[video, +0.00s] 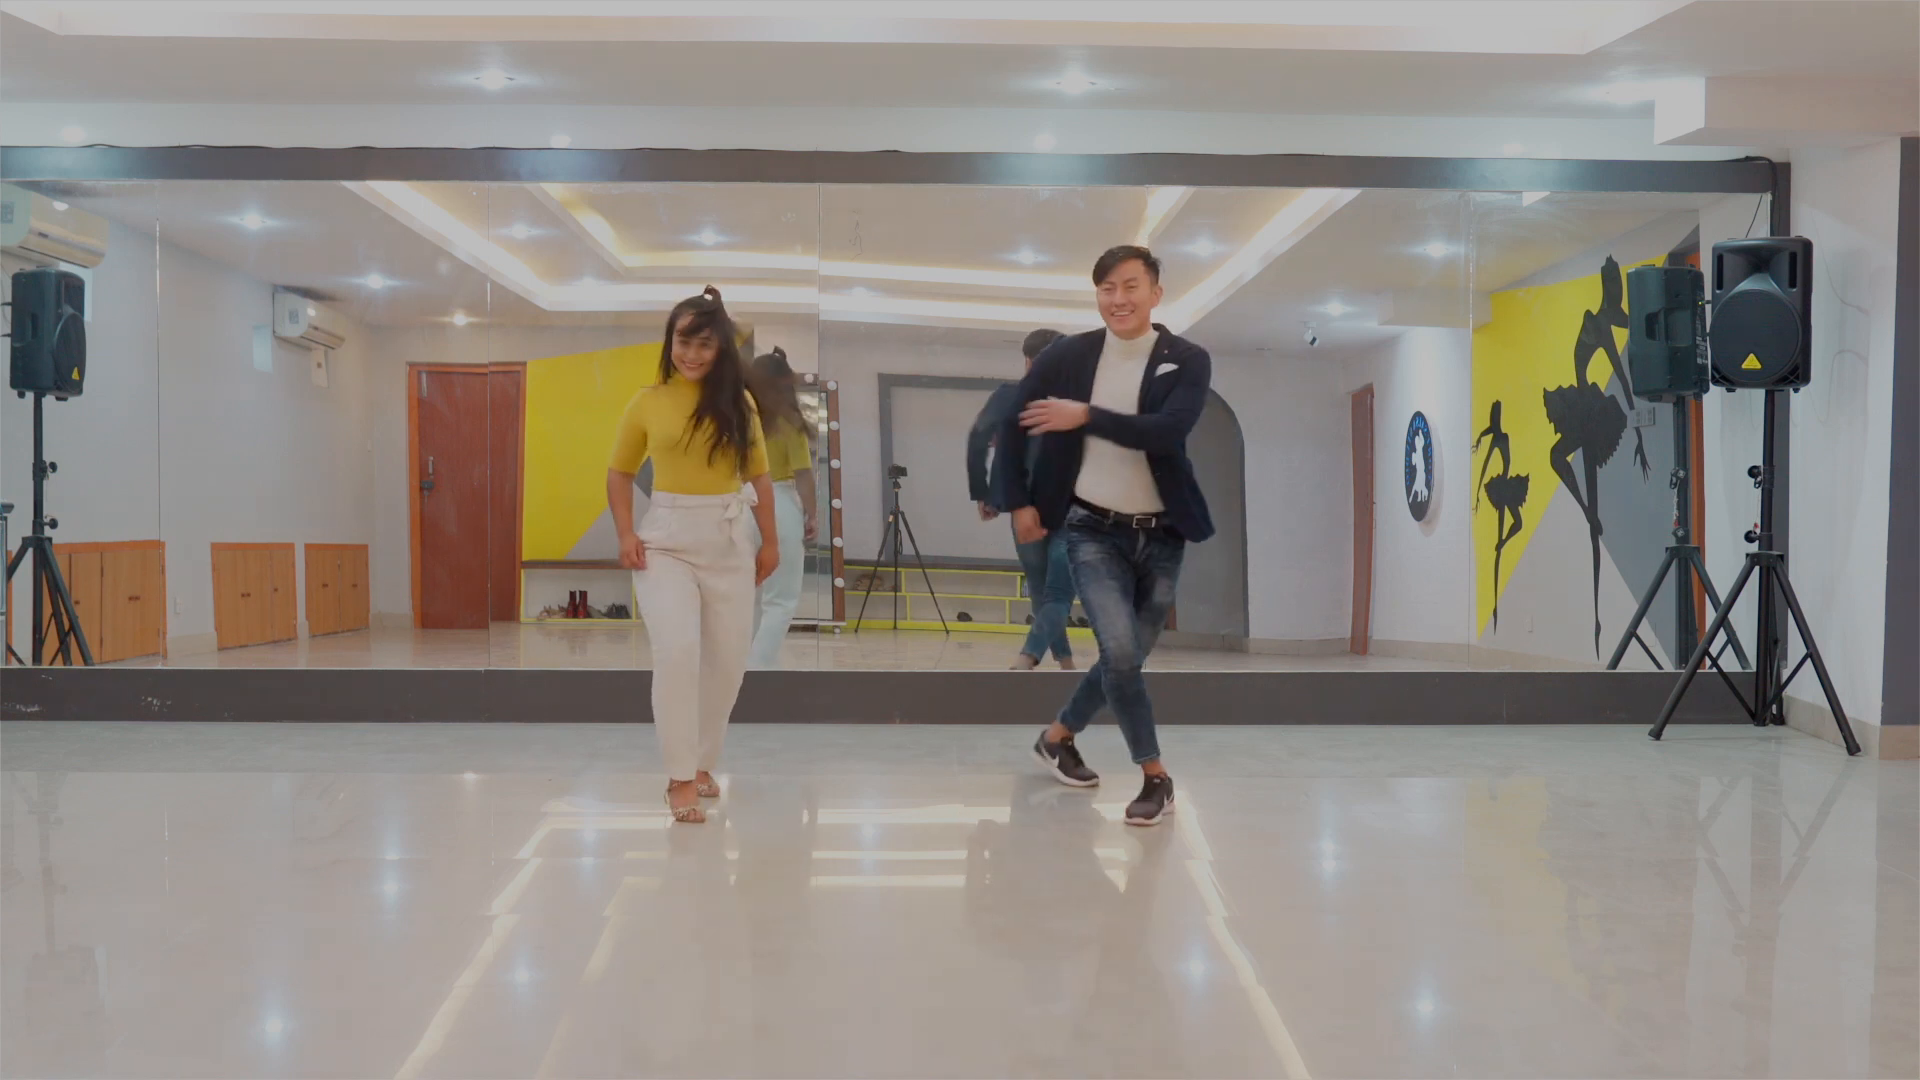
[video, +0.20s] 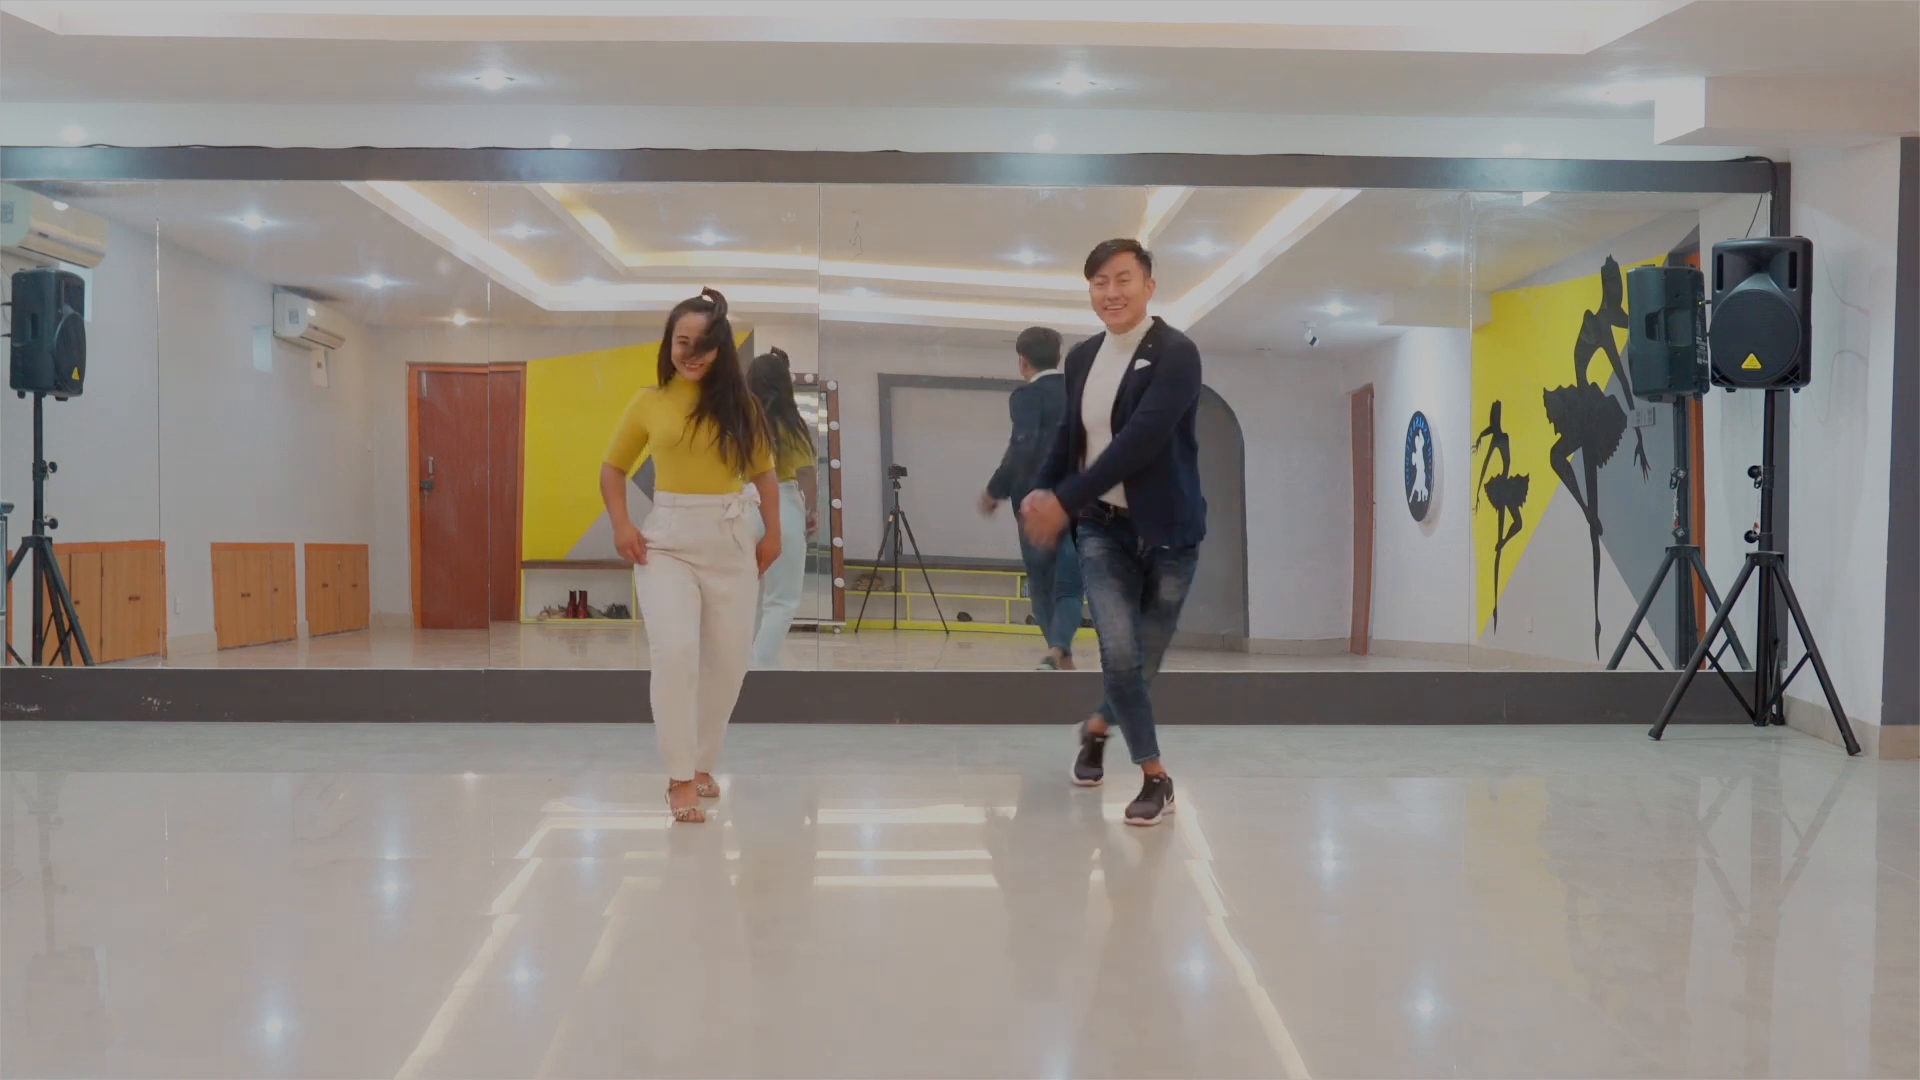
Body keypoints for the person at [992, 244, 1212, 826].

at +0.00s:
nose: (1119, 298)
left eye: (1131, 285)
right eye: (1109, 288)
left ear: (1157, 292)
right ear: (1096, 298)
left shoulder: (1187, 359)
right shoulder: (1065, 356)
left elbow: (1169, 431)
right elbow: (1010, 429)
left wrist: (1086, 416)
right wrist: (1019, 502)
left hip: (1161, 530)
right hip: (1091, 525)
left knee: (1129, 655)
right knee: (1119, 651)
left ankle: (1059, 734)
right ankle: (1155, 775)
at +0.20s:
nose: (1110, 292)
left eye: (1123, 279)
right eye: (1100, 282)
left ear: (1149, 286)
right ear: (1090, 291)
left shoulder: (1176, 352)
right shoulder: (1081, 357)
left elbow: (1142, 438)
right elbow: (1067, 435)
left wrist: (1065, 499)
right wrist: (1041, 495)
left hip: (1168, 527)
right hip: (1099, 522)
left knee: (1143, 660)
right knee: (1119, 655)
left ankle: (1097, 728)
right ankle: (1155, 776)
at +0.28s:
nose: (1109, 286)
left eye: (1121, 274)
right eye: (1098, 276)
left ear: (1147, 281)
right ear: (1087, 288)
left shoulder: (1170, 348)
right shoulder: (1082, 352)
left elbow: (1162, 444)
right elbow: (1080, 425)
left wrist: (1101, 515)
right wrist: (1059, 467)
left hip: (1170, 521)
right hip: (1102, 519)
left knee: (1163, 667)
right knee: (1122, 652)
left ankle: (1122, 724)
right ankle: (1155, 775)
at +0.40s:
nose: (1105, 279)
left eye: (1118, 266)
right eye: (1094, 269)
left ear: (1144, 274)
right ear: (1083, 280)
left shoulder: (1168, 345)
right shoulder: (1079, 345)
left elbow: (1221, 425)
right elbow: (1077, 418)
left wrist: (1171, 491)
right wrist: (1063, 437)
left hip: (1164, 515)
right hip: (1100, 514)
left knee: (1158, 636)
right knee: (1119, 647)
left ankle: (1184, 683)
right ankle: (1155, 776)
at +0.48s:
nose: (1105, 275)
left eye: (1117, 262)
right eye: (1094, 265)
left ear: (1143, 270)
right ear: (1083, 275)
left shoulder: (1174, 337)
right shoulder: (1080, 341)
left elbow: (1250, 391)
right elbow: (1074, 406)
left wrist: (1213, 465)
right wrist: (1050, 404)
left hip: (1160, 502)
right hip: (1102, 507)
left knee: (1107, 598)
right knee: (1123, 644)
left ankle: (1201, 648)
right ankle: (1166, 777)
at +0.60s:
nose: (1107, 276)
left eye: (1118, 264)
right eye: (1095, 267)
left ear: (1144, 270)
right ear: (1083, 277)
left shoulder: (1182, 329)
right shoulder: (1078, 343)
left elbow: (1253, 379)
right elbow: (1034, 427)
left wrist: (1229, 438)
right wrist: (1050, 396)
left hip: (1157, 497)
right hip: (1108, 503)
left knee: (1043, 582)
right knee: (1136, 650)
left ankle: (1144, 682)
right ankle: (1179, 783)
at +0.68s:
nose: (1102, 278)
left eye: (1115, 265)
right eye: (1091, 268)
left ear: (1141, 271)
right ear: (1080, 278)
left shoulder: (1179, 331)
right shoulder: (1068, 344)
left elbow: (1231, 395)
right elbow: (1015, 418)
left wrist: (1217, 427)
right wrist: (1053, 434)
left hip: (1152, 500)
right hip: (1103, 505)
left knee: (1048, 596)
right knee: (1131, 652)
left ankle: (1085, 735)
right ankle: (1178, 782)